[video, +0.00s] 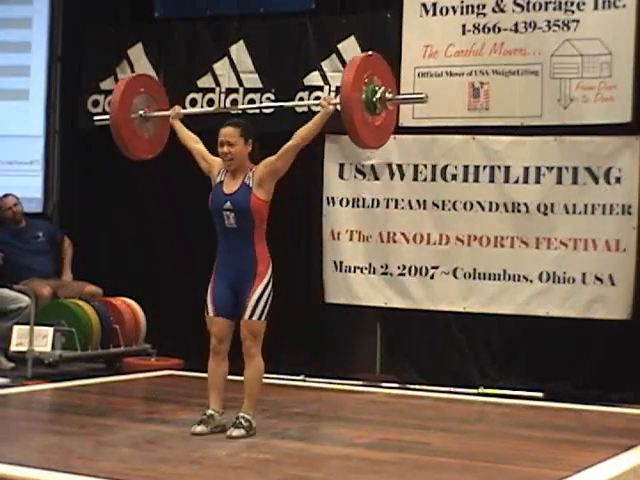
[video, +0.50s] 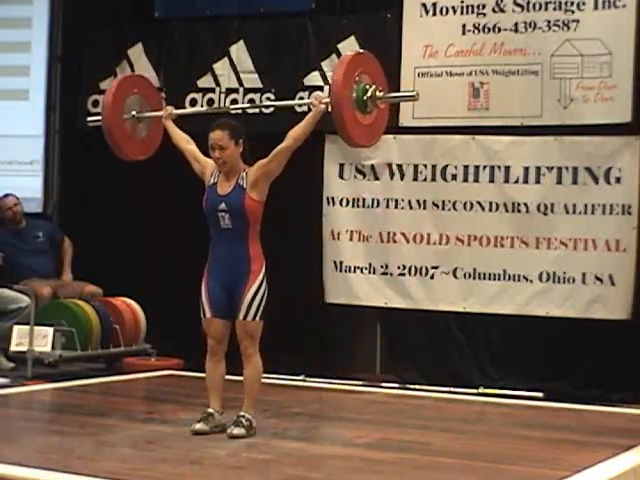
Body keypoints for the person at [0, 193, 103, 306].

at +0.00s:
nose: (14, 210)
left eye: (16, 205)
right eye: (8, 209)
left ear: (21, 206)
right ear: (2, 215)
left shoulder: (41, 225)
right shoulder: (4, 234)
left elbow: (66, 242)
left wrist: (67, 273)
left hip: (54, 279)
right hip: (25, 281)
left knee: (95, 292)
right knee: (45, 293)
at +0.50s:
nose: (14, 211)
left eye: (16, 205)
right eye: (8, 209)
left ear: (21, 205)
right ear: (2, 215)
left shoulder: (41, 225)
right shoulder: (4, 234)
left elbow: (66, 242)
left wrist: (67, 273)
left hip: (54, 279)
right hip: (25, 281)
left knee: (95, 292)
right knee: (45, 293)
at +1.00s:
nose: (15, 211)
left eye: (16, 205)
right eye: (9, 209)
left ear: (22, 206)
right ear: (3, 215)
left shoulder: (41, 226)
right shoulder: (4, 235)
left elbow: (66, 242)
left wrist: (67, 273)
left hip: (54, 279)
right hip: (26, 280)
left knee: (94, 292)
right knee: (45, 293)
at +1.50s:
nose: (29, 206)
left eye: (32, 202)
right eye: (24, 203)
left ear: (36, 205)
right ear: (16, 207)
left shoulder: (47, 229)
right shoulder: (7, 231)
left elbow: (69, 247)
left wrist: (69, 262)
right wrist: (3, 255)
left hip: (53, 278)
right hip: (25, 279)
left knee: (94, 292)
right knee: (45, 293)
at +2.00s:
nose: (57, 208)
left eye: (61, 205)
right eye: (53, 204)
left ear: (65, 208)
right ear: (44, 206)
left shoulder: (65, 234)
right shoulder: (29, 233)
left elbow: (74, 266)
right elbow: (26, 270)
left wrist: (76, 277)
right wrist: (64, 278)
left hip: (62, 281)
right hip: (34, 280)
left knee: (94, 293)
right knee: (47, 292)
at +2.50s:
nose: (93, 230)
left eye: (97, 226)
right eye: (89, 225)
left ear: (100, 229)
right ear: (80, 225)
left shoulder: (95, 246)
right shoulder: (62, 243)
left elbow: (94, 275)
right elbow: (45, 278)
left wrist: (91, 288)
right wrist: (78, 292)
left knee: (100, 296)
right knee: (52, 296)